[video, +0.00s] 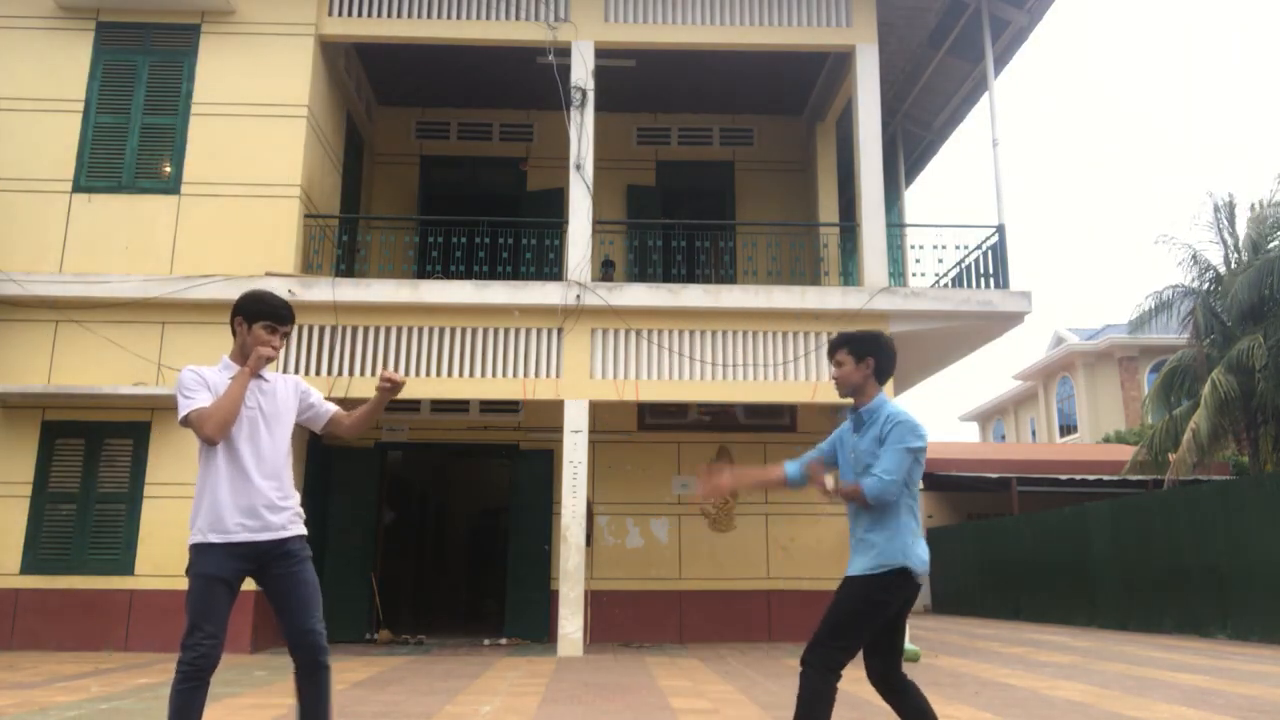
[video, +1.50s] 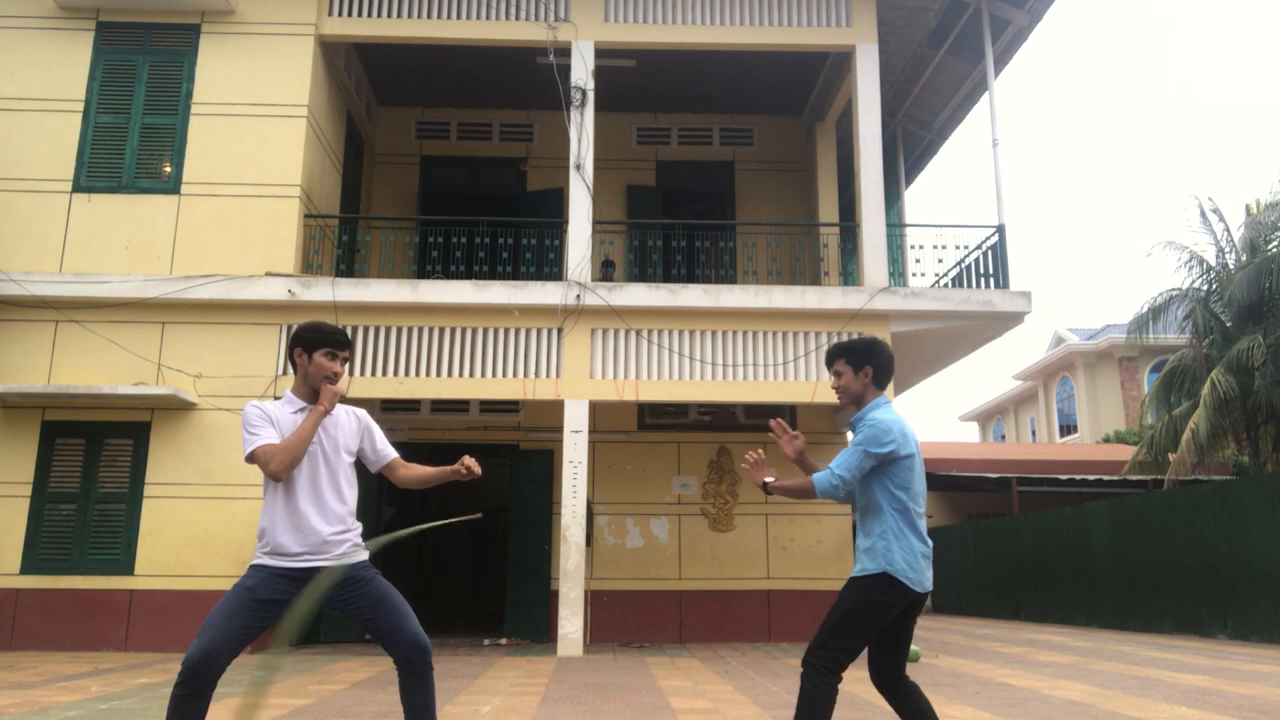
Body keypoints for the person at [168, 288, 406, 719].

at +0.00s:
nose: (276, 340)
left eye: (282, 334)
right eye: (268, 329)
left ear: (286, 337)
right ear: (239, 325)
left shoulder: (290, 387)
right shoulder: (198, 379)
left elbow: (346, 426)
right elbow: (211, 430)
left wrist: (381, 399)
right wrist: (246, 370)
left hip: (284, 538)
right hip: (218, 540)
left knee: (312, 648)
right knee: (199, 656)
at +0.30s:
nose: (305, 354)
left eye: (310, 348)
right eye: (296, 345)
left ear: (314, 352)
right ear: (265, 344)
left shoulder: (323, 403)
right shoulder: (229, 399)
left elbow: (378, 445)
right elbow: (245, 448)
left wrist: (406, 416)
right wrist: (281, 387)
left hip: (320, 556)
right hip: (251, 558)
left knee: (365, 652)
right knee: (215, 665)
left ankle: (383, 717)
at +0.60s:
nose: (339, 366)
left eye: (344, 358)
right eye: (330, 356)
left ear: (349, 364)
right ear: (301, 358)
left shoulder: (361, 415)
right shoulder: (267, 415)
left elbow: (413, 465)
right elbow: (283, 465)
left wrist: (440, 434)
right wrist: (324, 405)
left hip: (358, 566)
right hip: (287, 568)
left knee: (419, 652)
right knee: (210, 661)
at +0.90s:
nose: (348, 370)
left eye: (352, 362)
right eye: (340, 359)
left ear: (354, 367)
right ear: (310, 358)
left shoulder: (359, 420)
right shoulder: (267, 410)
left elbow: (408, 471)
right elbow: (283, 465)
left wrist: (458, 465)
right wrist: (330, 411)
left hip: (349, 567)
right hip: (279, 568)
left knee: (417, 648)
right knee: (201, 662)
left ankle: (424, 716)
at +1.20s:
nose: (340, 370)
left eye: (345, 363)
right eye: (331, 359)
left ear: (348, 369)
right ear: (301, 359)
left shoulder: (356, 420)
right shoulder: (262, 412)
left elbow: (401, 473)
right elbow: (275, 465)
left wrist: (453, 473)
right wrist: (323, 409)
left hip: (346, 570)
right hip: (274, 571)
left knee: (414, 648)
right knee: (196, 664)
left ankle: (423, 715)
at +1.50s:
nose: (338, 369)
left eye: (343, 361)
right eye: (329, 358)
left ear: (347, 367)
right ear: (299, 358)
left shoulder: (355, 420)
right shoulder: (261, 413)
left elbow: (400, 471)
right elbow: (277, 466)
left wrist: (452, 472)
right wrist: (322, 409)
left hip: (347, 566)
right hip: (276, 567)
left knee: (415, 648)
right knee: (199, 662)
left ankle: (422, 716)